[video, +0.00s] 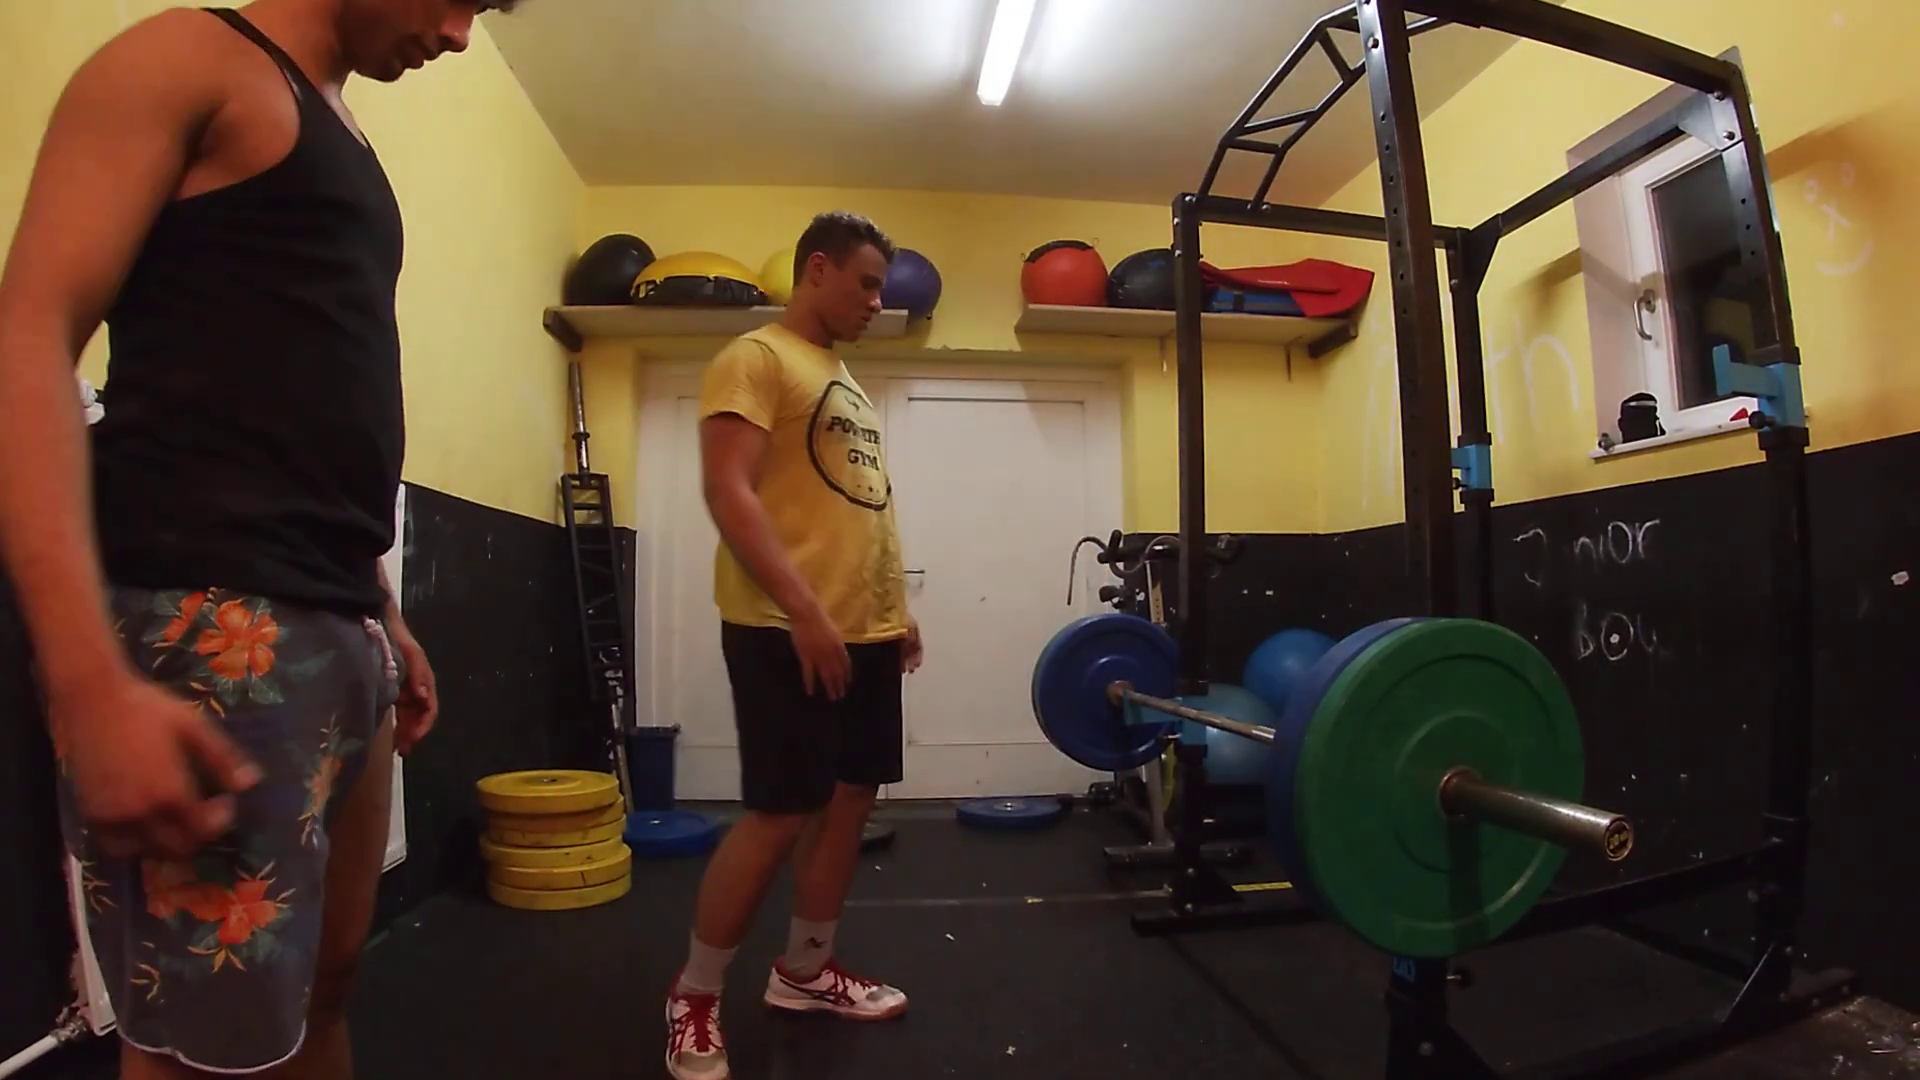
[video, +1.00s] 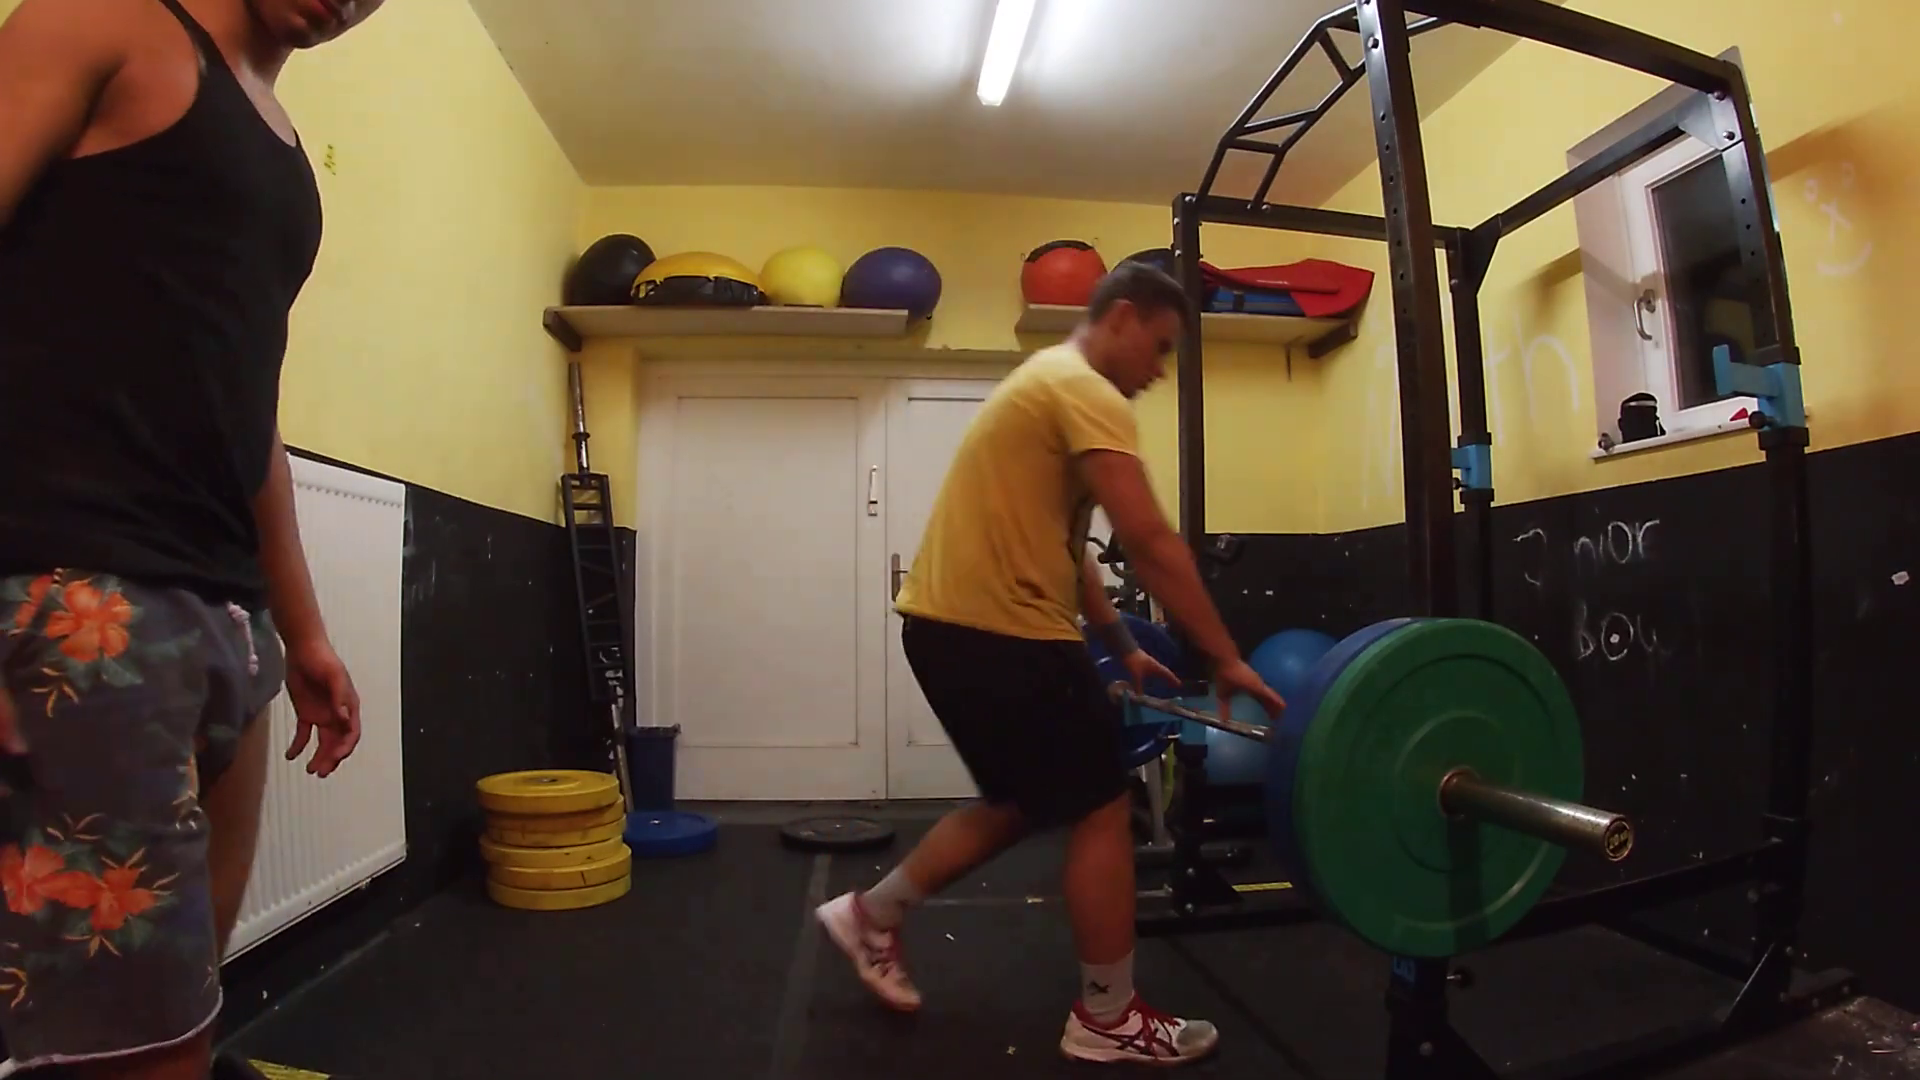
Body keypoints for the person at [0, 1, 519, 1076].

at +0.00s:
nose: (461, 33)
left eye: (476, 14)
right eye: (463, 1)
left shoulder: (338, 133)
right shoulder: (180, 57)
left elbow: (302, 405)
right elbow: (27, 331)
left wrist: (373, 610)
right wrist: (88, 687)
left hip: (336, 641)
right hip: (211, 636)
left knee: (317, 1014)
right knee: (191, 1051)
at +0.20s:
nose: (456, 12)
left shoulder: (320, 101)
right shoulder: (157, 27)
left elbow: (283, 388)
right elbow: (2, 325)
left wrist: (351, 602)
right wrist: (6, 711)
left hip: (308, 635)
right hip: (164, 639)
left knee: (322, 1012)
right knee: (170, 1050)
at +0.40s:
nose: (415, 1)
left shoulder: (287, 88)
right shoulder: (133, 17)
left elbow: (238, 383)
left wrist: (315, 595)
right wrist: (31, 696)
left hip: (282, 628)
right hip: (139, 639)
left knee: (321, 1000)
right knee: (160, 1056)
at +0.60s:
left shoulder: (266, 86)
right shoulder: (123, 15)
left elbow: (221, 387)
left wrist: (299, 626)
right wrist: (89, 610)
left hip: (275, 627)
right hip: (141, 644)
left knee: (310, 1002)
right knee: (166, 1052)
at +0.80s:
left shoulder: (273, 109)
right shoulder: (113, 21)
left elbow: (239, 395)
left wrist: (303, 624)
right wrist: (35, 615)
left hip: (258, 626)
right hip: (131, 625)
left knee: (239, 1016)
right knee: (148, 1049)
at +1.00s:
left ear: (359, 16)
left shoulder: (277, 137)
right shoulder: (98, 21)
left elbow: (242, 403)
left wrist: (302, 629)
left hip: (222, 615)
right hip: (79, 607)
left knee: (172, 1011)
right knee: (148, 1042)